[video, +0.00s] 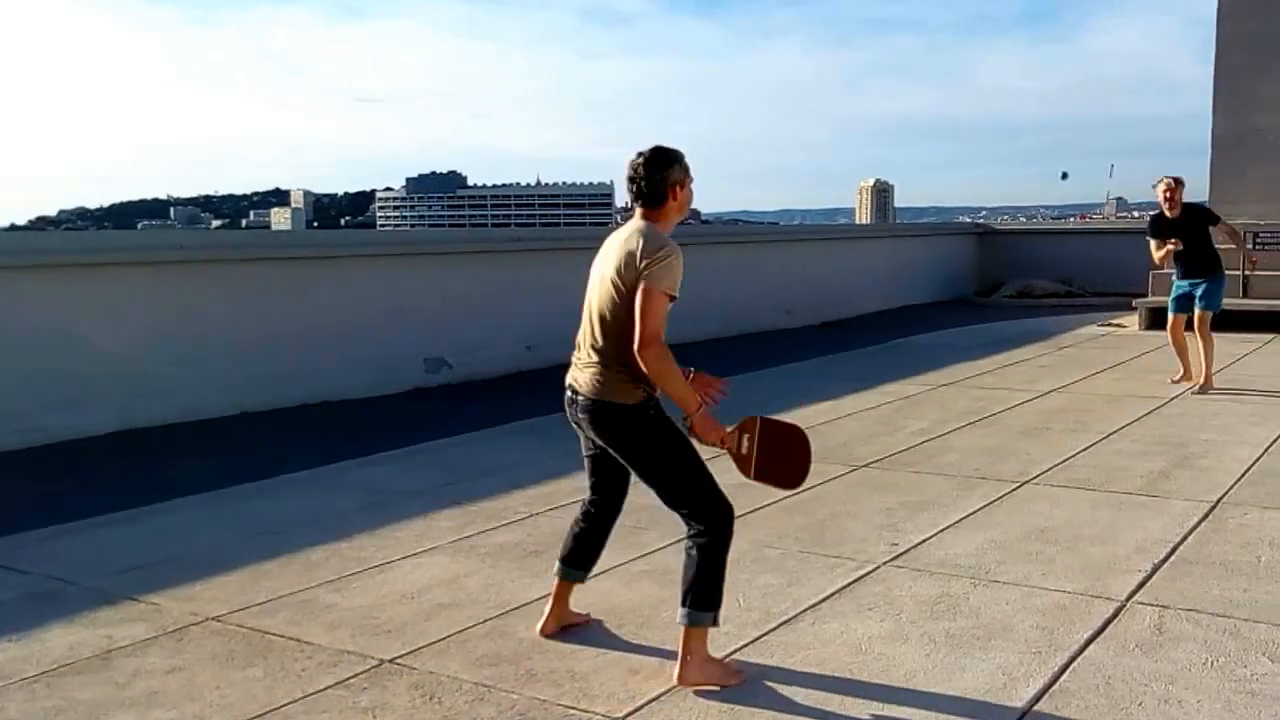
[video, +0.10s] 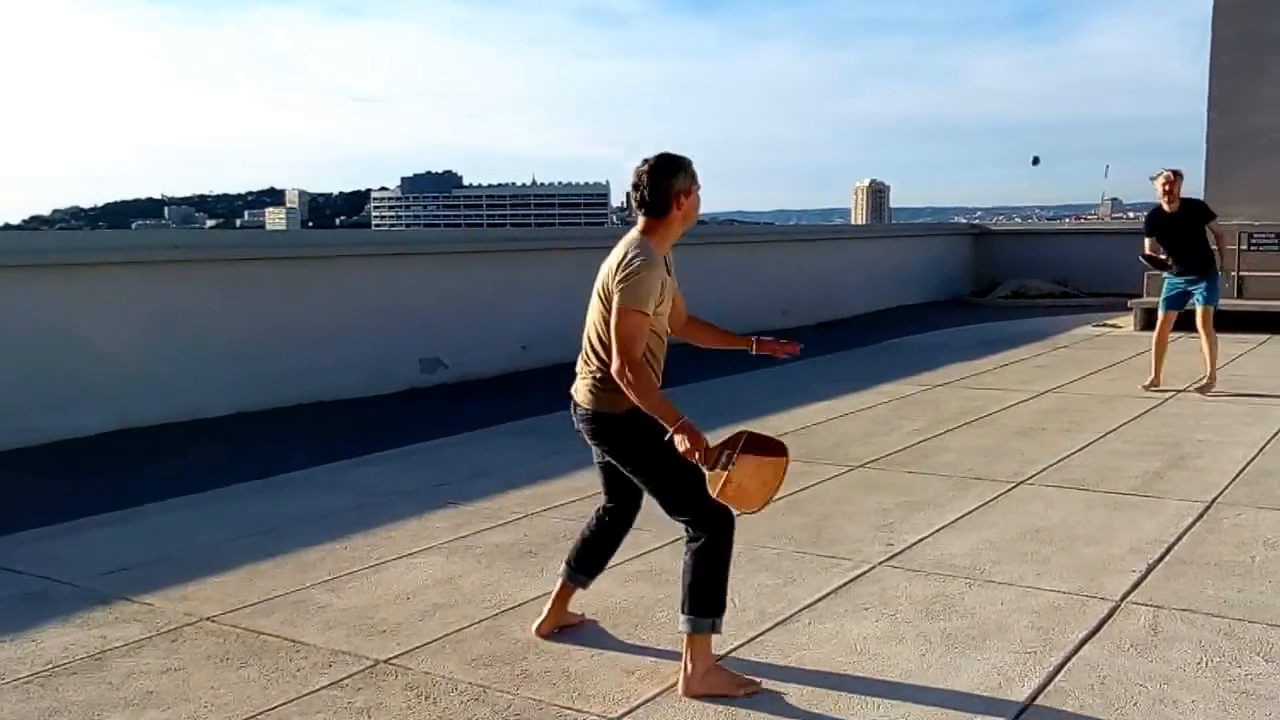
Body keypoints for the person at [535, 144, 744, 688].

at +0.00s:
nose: (692, 192)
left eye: (689, 183)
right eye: (689, 183)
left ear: (641, 192)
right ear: (675, 191)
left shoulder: (619, 239)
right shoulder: (661, 250)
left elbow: (627, 335)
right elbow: (649, 349)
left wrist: (685, 377)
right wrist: (695, 412)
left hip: (581, 396)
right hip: (620, 406)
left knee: (603, 500)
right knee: (712, 515)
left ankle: (556, 611)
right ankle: (694, 658)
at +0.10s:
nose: (698, 201)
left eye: (695, 192)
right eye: (695, 193)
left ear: (649, 200)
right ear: (681, 202)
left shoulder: (651, 257)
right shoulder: (640, 265)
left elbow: (681, 326)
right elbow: (626, 366)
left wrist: (754, 343)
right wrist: (680, 424)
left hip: (604, 408)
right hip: (620, 415)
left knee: (619, 507)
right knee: (711, 518)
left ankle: (555, 611)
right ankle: (700, 666)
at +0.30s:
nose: (704, 223)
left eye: (702, 214)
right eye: (699, 215)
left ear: (665, 225)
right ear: (678, 227)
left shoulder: (668, 269)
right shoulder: (638, 288)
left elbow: (723, 295)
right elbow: (670, 387)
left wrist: (799, 294)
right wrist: (738, 404)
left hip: (626, 421)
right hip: (627, 432)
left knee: (636, 517)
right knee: (731, 527)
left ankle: (551, 606)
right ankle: (691, 667)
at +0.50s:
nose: (679, 205)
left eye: (676, 195)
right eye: (676, 197)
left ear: (625, 204)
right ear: (661, 205)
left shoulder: (601, 252)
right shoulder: (658, 261)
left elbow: (663, 313)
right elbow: (719, 304)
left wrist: (735, 329)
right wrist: (760, 254)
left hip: (590, 415)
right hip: (632, 427)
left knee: (615, 507)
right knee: (728, 529)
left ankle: (541, 605)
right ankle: (683, 665)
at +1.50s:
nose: (552, 206)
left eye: (550, 198)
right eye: (549, 198)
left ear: (506, 207)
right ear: (534, 208)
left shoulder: (491, 248)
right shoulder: (508, 268)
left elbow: (535, 318)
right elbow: (487, 361)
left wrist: (589, 354)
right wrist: (535, 418)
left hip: (452, 400)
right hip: (486, 410)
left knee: (447, 496)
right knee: (572, 504)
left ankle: (403, 598)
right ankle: (524, 622)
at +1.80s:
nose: (631, 270)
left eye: (630, 263)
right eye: (628, 265)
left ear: (582, 266)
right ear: (610, 278)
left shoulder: (556, 277)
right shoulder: (571, 332)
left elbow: (546, 257)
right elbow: (541, 424)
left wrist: (560, 265)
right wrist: (574, 492)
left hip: (440, 397)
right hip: (475, 416)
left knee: (454, 493)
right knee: (581, 496)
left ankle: (402, 599)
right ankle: (602, 626)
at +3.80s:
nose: (436, 174)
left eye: (432, 166)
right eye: (431, 167)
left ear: (389, 177)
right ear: (414, 176)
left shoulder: (350, 216)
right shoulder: (424, 230)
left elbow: (295, 267)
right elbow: (486, 255)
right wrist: (534, 219)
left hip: (350, 371)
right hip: (367, 378)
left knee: (390, 483)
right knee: (349, 494)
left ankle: (376, 598)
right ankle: (298, 616)